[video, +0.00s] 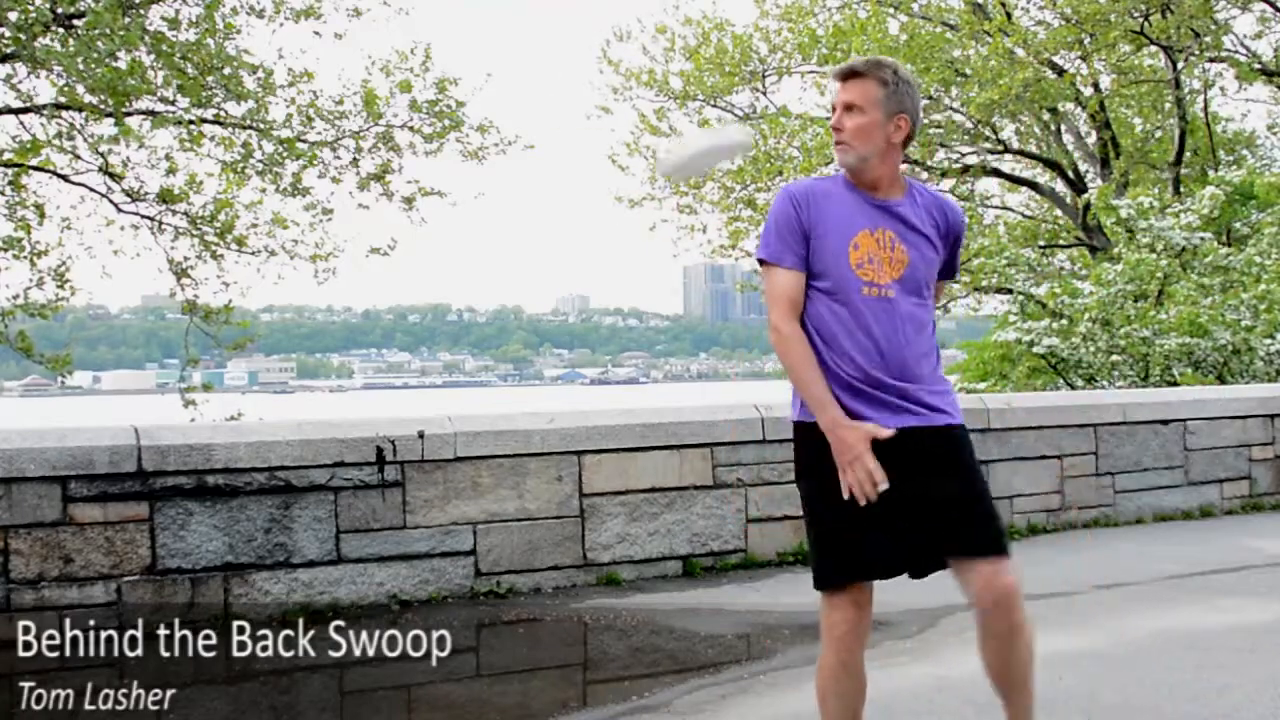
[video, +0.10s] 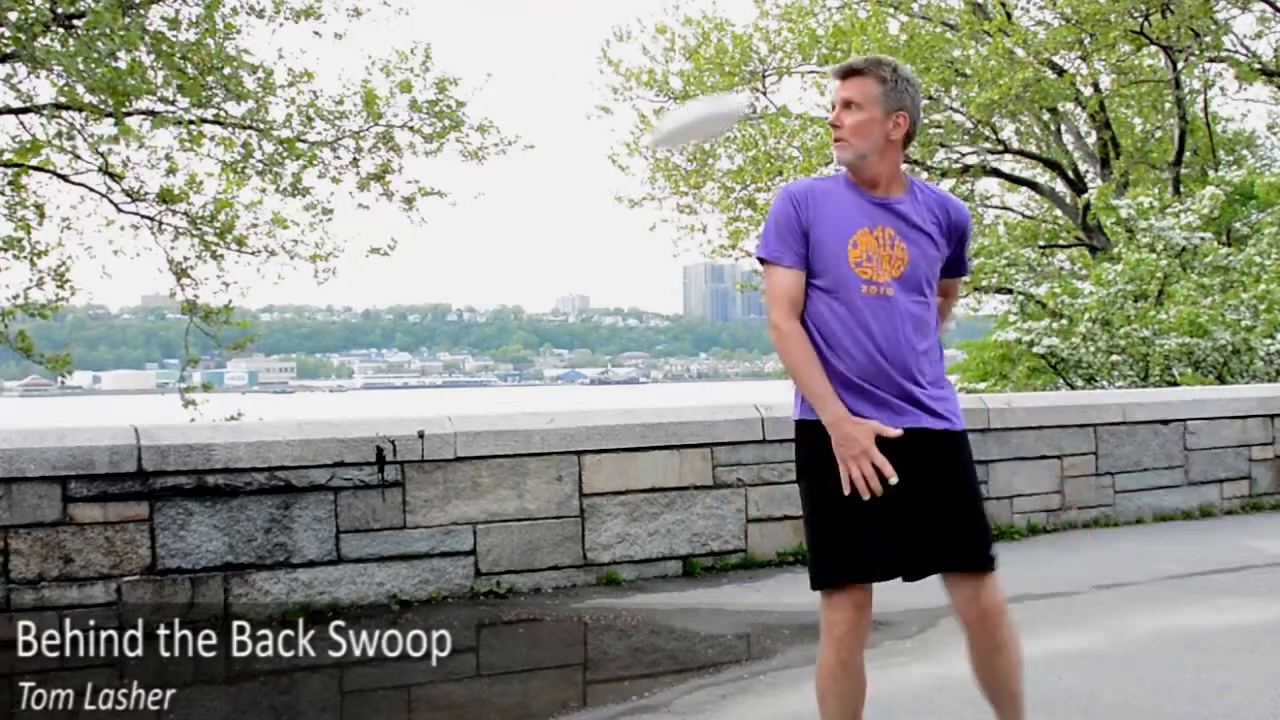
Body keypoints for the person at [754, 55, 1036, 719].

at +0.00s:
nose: (836, 123)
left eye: (852, 112)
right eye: (834, 111)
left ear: (900, 129)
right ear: (834, 122)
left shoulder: (943, 217)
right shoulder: (800, 202)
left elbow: (920, 315)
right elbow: (783, 322)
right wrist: (836, 426)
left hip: (930, 428)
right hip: (835, 431)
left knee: (998, 589)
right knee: (846, 622)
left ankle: (1022, 715)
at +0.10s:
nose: (834, 120)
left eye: (851, 107)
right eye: (833, 108)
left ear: (899, 126)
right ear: (835, 120)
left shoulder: (947, 216)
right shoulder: (800, 203)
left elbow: (938, 310)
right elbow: (783, 319)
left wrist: (894, 376)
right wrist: (837, 419)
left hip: (931, 430)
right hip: (835, 431)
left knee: (982, 603)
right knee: (845, 620)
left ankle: (1013, 716)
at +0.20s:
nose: (833, 118)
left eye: (850, 106)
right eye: (835, 106)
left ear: (898, 125)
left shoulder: (952, 214)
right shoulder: (803, 209)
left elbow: (978, 297)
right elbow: (784, 326)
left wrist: (961, 382)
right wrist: (835, 417)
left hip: (932, 438)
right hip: (837, 435)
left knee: (960, 610)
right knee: (843, 619)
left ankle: (994, 719)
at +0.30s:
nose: (833, 119)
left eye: (849, 107)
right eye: (836, 107)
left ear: (897, 126)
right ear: (876, 125)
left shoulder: (953, 214)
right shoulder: (803, 210)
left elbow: (993, 298)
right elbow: (783, 326)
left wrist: (975, 387)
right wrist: (830, 417)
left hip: (930, 440)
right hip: (837, 437)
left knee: (958, 614)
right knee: (839, 622)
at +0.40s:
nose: (829, 119)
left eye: (845, 107)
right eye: (833, 106)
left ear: (891, 127)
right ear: (872, 127)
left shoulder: (950, 215)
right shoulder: (800, 213)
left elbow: (1000, 310)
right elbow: (780, 329)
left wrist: (960, 374)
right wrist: (813, 419)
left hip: (929, 446)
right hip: (836, 448)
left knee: (959, 612)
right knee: (826, 623)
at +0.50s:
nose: (824, 118)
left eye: (840, 107)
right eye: (829, 106)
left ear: (884, 127)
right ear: (871, 127)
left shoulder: (942, 212)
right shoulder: (796, 215)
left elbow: (992, 317)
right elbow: (777, 327)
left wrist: (931, 356)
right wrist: (802, 416)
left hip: (928, 448)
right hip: (834, 451)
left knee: (957, 613)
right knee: (816, 621)